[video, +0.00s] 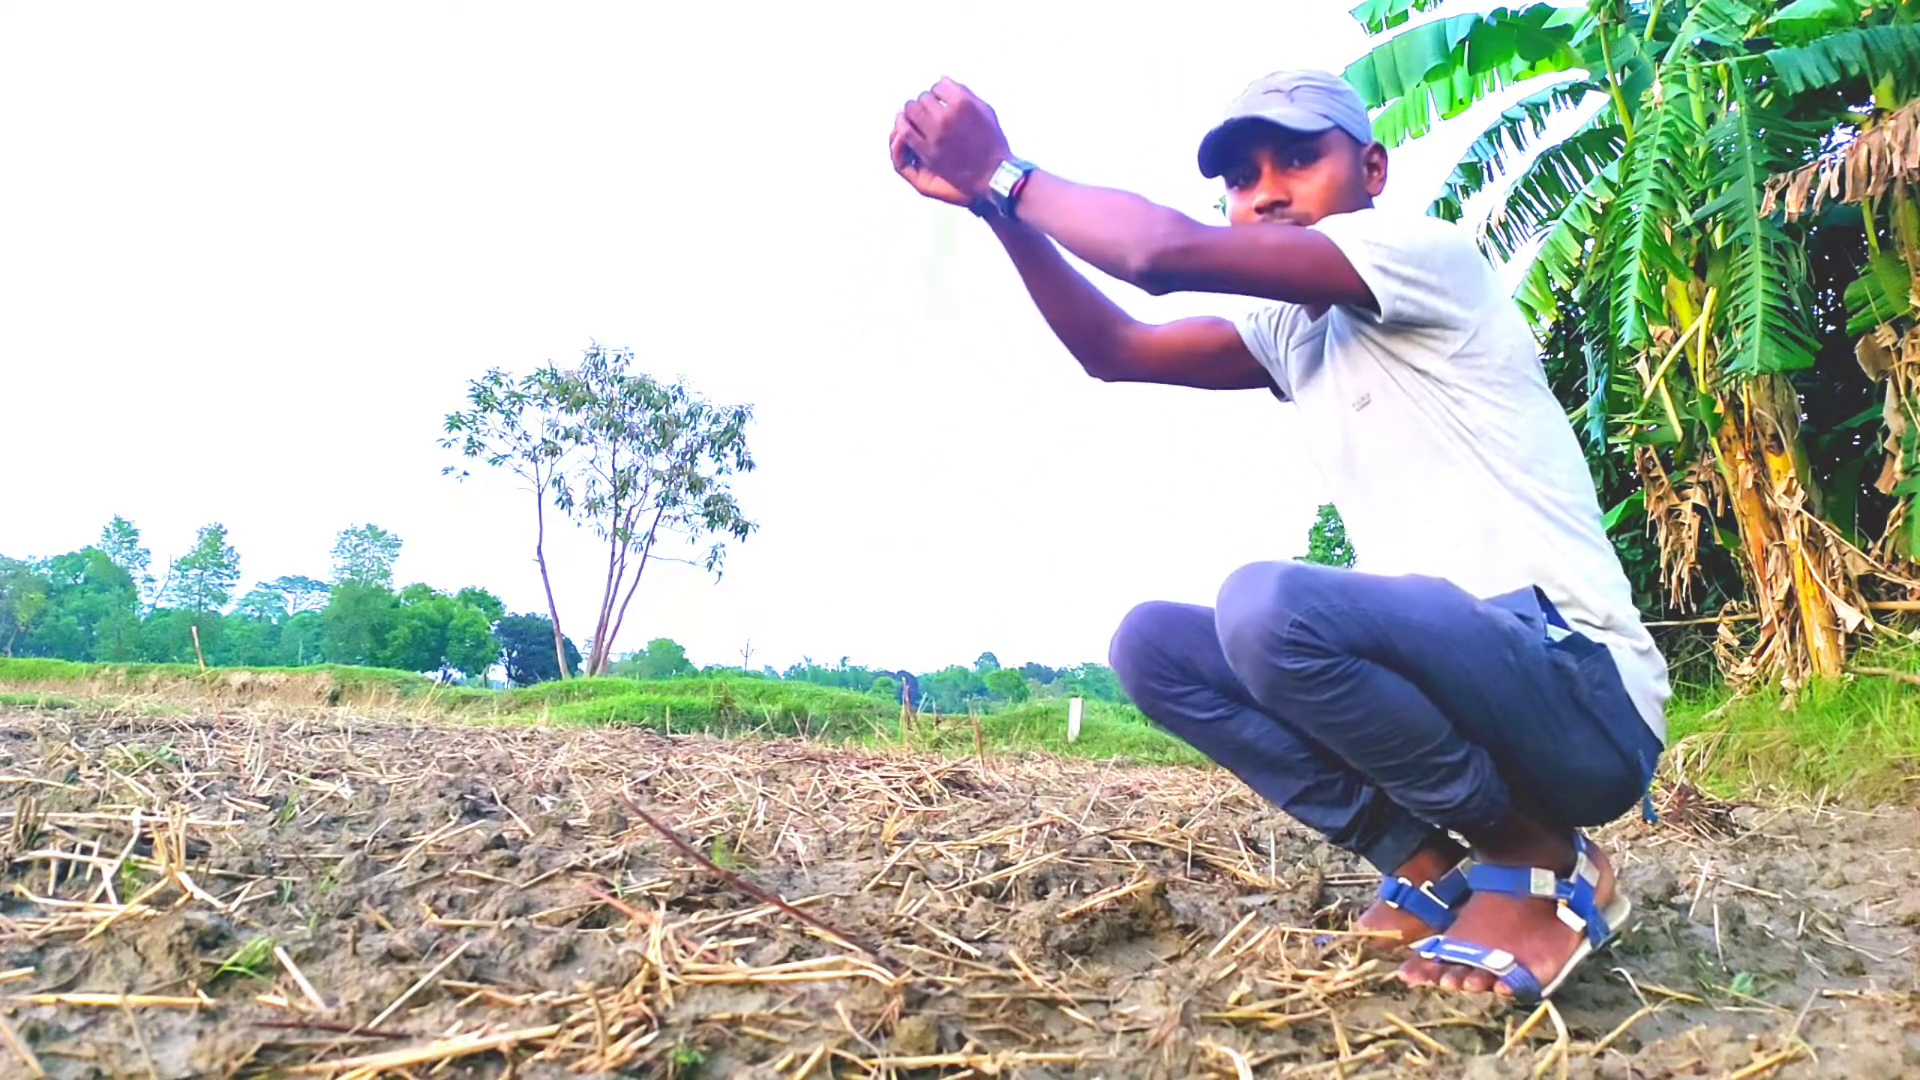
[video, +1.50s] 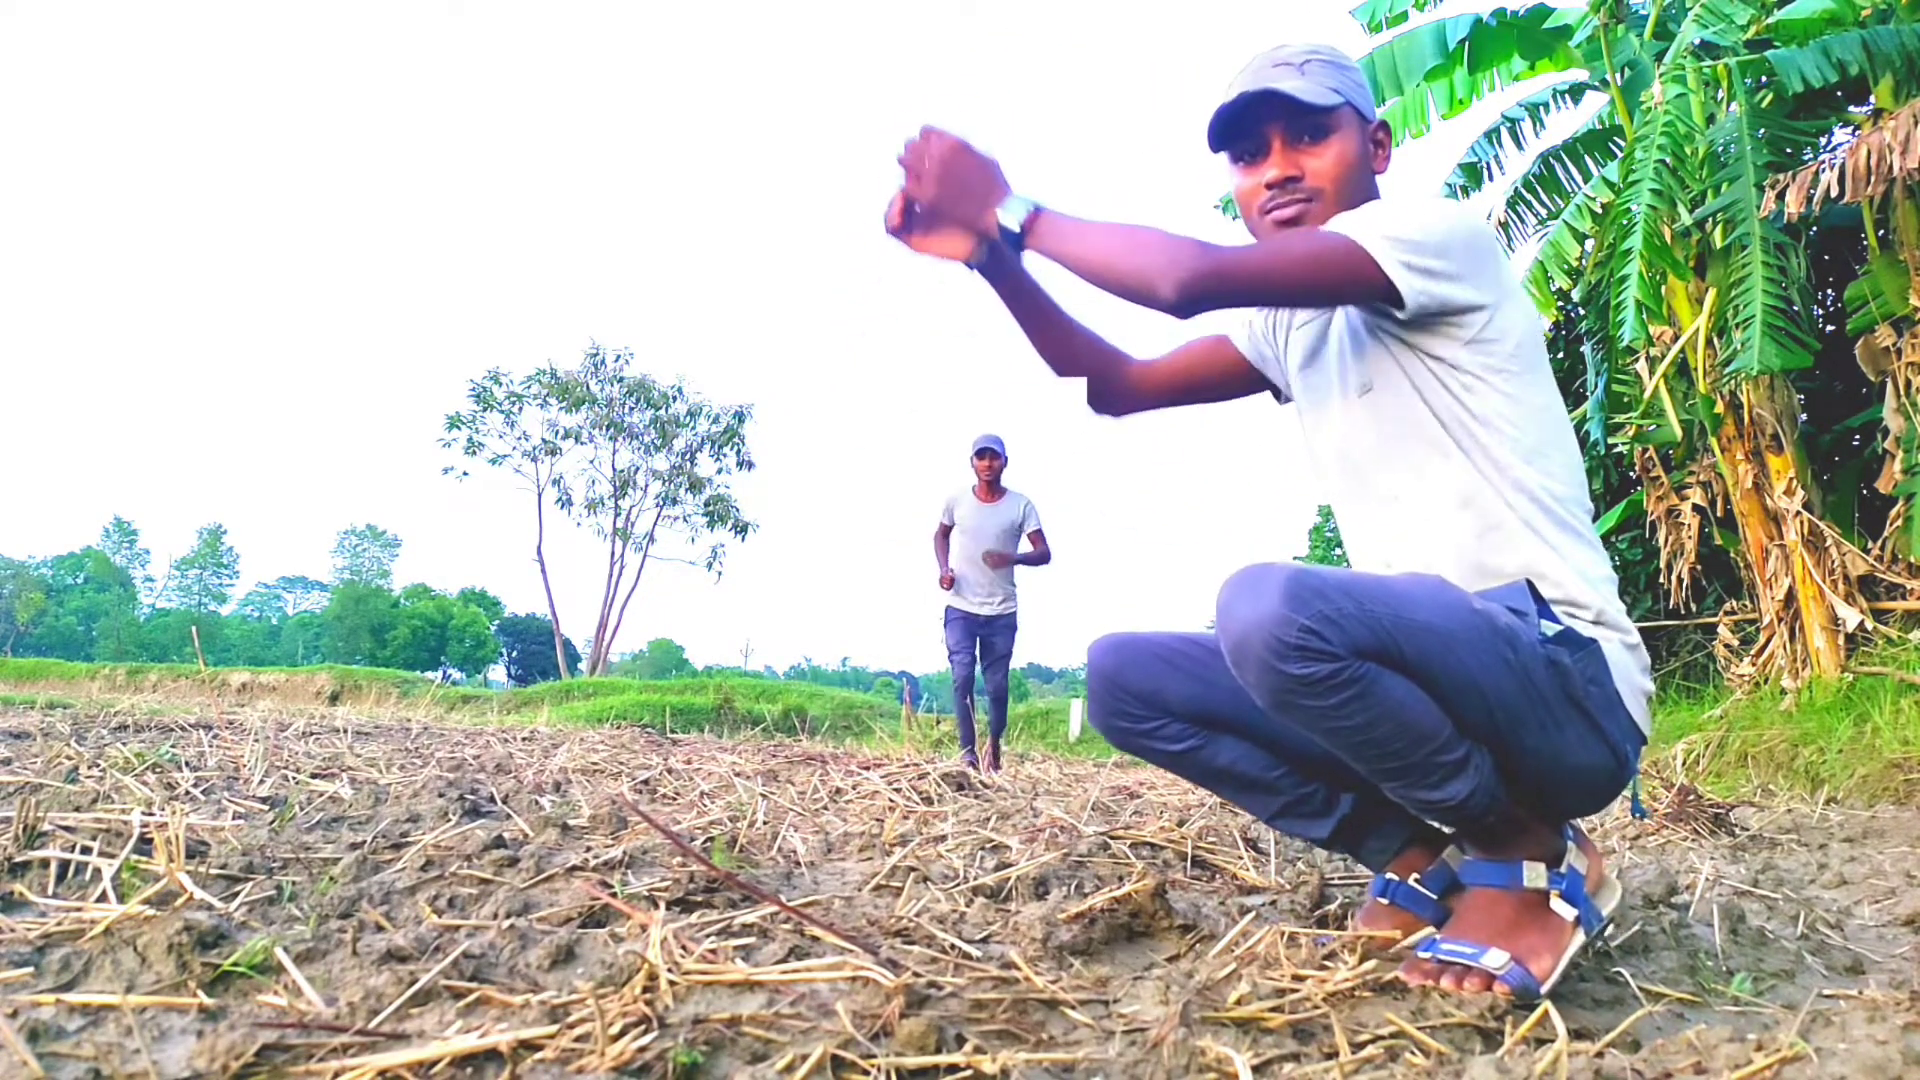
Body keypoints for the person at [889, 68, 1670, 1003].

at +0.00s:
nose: (1266, 193)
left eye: (1299, 155)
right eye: (1241, 178)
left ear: (1372, 168)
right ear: (1221, 200)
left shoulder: (1427, 256)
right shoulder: (1298, 330)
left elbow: (1165, 251)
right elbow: (1115, 349)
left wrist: (1001, 173)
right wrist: (998, 208)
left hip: (1580, 684)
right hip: (1460, 692)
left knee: (1269, 608)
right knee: (1155, 644)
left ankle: (1538, 857)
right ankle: (1434, 860)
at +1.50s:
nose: (1275, 167)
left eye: (1309, 132)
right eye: (1247, 148)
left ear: (1379, 149)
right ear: (1231, 180)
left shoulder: (1443, 239)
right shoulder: (1295, 328)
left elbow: (1189, 278)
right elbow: (1116, 383)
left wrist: (1011, 212)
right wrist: (991, 257)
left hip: (1566, 670)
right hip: (1435, 684)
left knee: (1271, 611)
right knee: (1124, 681)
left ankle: (1520, 859)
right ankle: (1425, 854)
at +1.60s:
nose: (1281, 161)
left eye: (1313, 129)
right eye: (1252, 143)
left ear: (1381, 147)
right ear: (1235, 186)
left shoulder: (1459, 247)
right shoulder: (1301, 346)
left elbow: (1295, 397)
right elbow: (1179, 501)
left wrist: (1077, 386)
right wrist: (1041, 453)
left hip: (1567, 676)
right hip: (1434, 700)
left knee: (1268, 613)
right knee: (1122, 681)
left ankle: (1518, 859)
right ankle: (1415, 858)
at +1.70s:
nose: (1273, 168)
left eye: (1302, 136)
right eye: (1241, 150)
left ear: (1364, 151)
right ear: (1220, 190)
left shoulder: (1457, 259)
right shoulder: (1275, 369)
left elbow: (1387, 461)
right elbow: (1228, 554)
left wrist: (1147, 494)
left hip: (1573, 684)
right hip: (1420, 707)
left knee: (1278, 608)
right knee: (1122, 677)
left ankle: (1521, 859)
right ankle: (1411, 853)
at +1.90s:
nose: (1226, 163)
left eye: (1249, 120)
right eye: (1188, 144)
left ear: (1312, 112)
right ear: (1163, 176)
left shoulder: (1438, 205)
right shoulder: (1236, 323)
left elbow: (1496, 432)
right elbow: (1251, 520)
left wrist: (1227, 473)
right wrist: (1168, 578)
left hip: (1615, 606)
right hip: (1439, 632)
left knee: (1390, 528)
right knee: (1158, 629)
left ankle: (1529, 864)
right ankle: (1416, 860)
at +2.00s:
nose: (1247, 67)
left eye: (1272, 23)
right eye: (1207, 43)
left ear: (1337, 15)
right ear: (1175, 71)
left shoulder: (1479, 120)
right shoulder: (1226, 220)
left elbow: (1533, 378)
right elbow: (1249, 434)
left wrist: (1276, 469)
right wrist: (1193, 551)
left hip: (1626, 465)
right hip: (1426, 491)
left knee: (1445, 500)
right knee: (1187, 594)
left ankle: (1533, 864)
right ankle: (1426, 864)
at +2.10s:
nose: (1338, 73)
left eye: (1367, 48)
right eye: (1315, 44)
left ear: (1428, 12)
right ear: (1295, 11)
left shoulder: (1556, 28)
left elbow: (1561, 316)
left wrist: (1348, 507)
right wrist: (1264, 550)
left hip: (1634, 332)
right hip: (1449, 359)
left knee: (1500, 505)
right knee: (1220, 555)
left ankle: (1542, 876)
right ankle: (1429, 856)